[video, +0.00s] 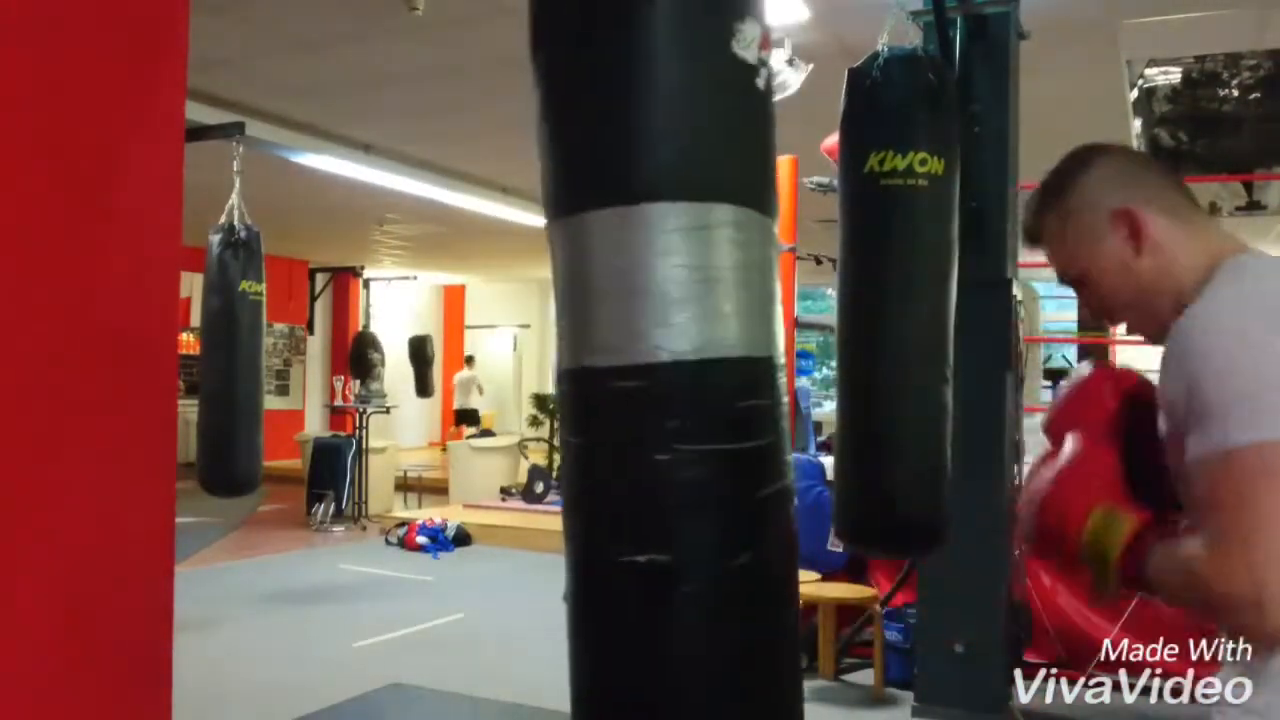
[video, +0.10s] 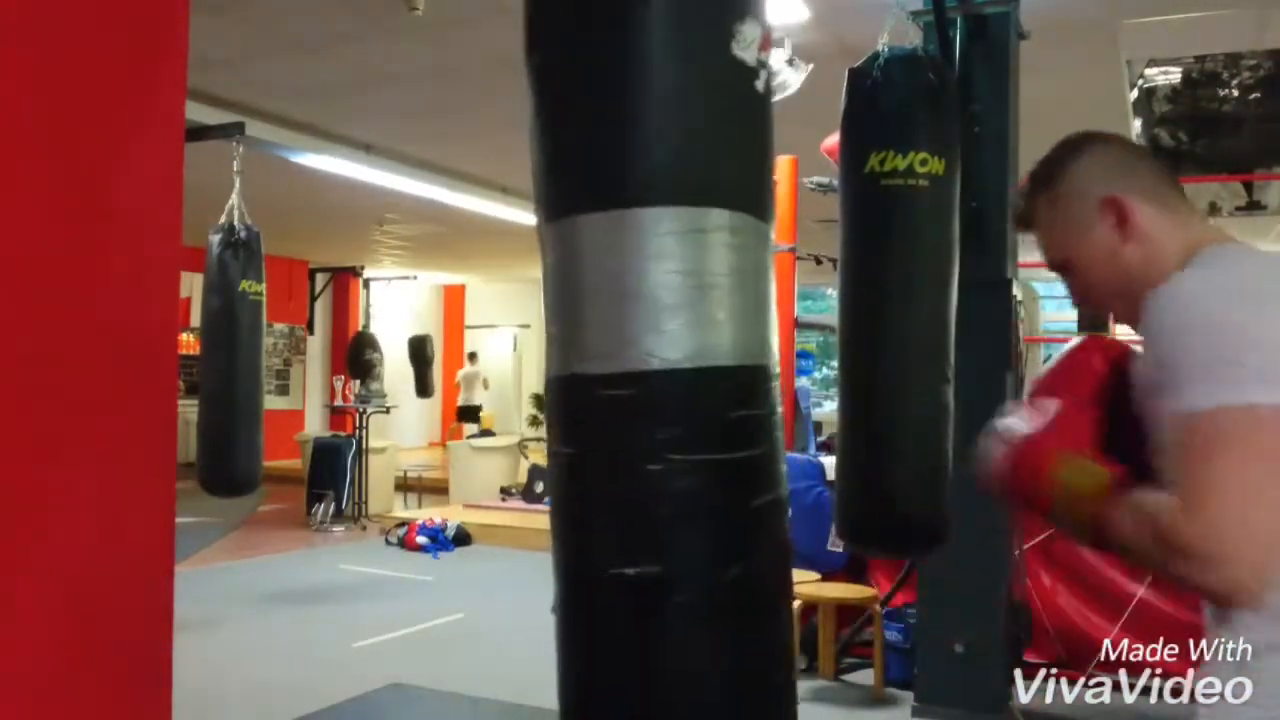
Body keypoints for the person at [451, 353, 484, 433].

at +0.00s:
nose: (474, 364)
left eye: (473, 362)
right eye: (473, 362)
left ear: (464, 362)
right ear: (471, 362)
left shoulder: (457, 375)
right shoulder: (473, 375)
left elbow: (453, 389)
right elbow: (481, 390)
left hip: (457, 407)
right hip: (470, 406)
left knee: (456, 427)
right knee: (476, 427)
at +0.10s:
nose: (476, 361)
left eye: (475, 359)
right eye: (476, 359)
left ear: (467, 359)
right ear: (476, 359)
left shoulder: (461, 372)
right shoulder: (479, 372)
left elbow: (456, 384)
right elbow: (486, 386)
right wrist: (484, 379)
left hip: (462, 404)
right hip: (475, 404)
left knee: (460, 428)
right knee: (478, 429)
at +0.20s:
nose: (478, 357)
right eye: (478, 355)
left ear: (470, 356)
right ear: (479, 356)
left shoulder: (462, 370)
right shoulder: (483, 369)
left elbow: (459, 384)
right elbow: (489, 383)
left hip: (465, 401)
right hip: (479, 400)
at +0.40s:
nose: (480, 362)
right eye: (481, 360)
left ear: (472, 360)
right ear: (482, 360)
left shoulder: (465, 374)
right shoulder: (485, 373)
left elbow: (461, 388)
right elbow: (491, 388)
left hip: (469, 405)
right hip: (483, 404)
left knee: (465, 428)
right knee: (485, 428)